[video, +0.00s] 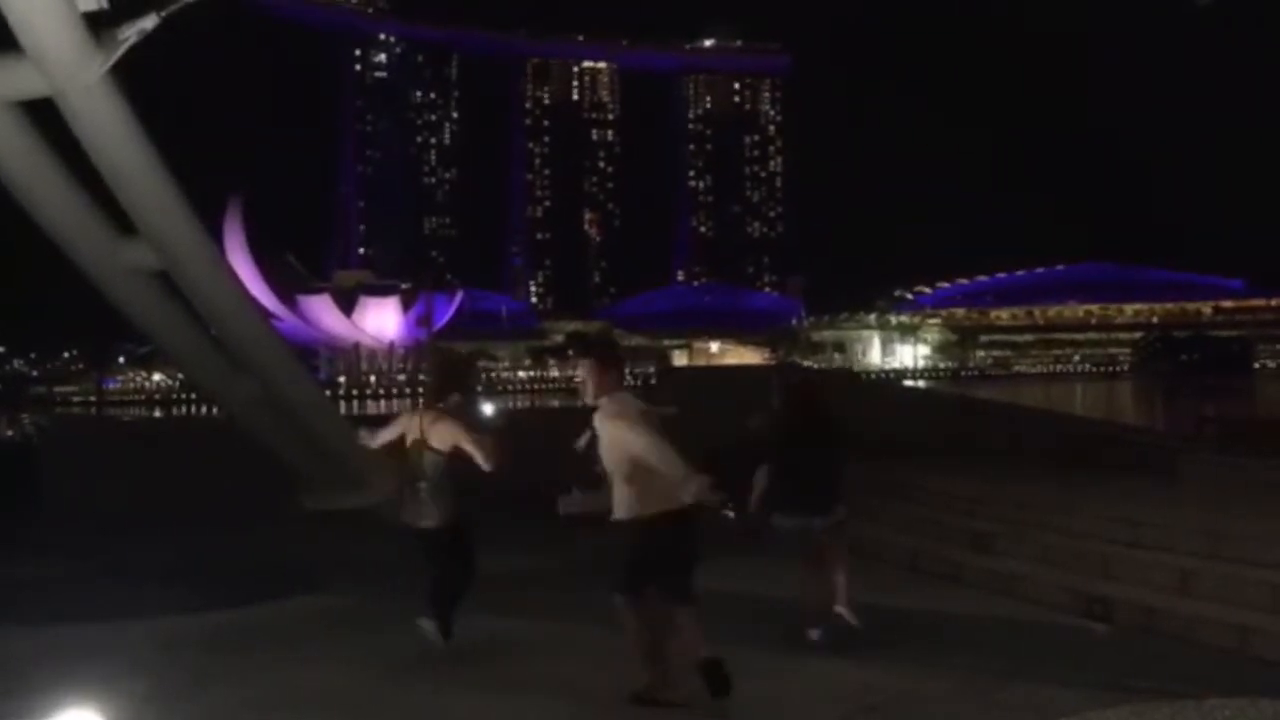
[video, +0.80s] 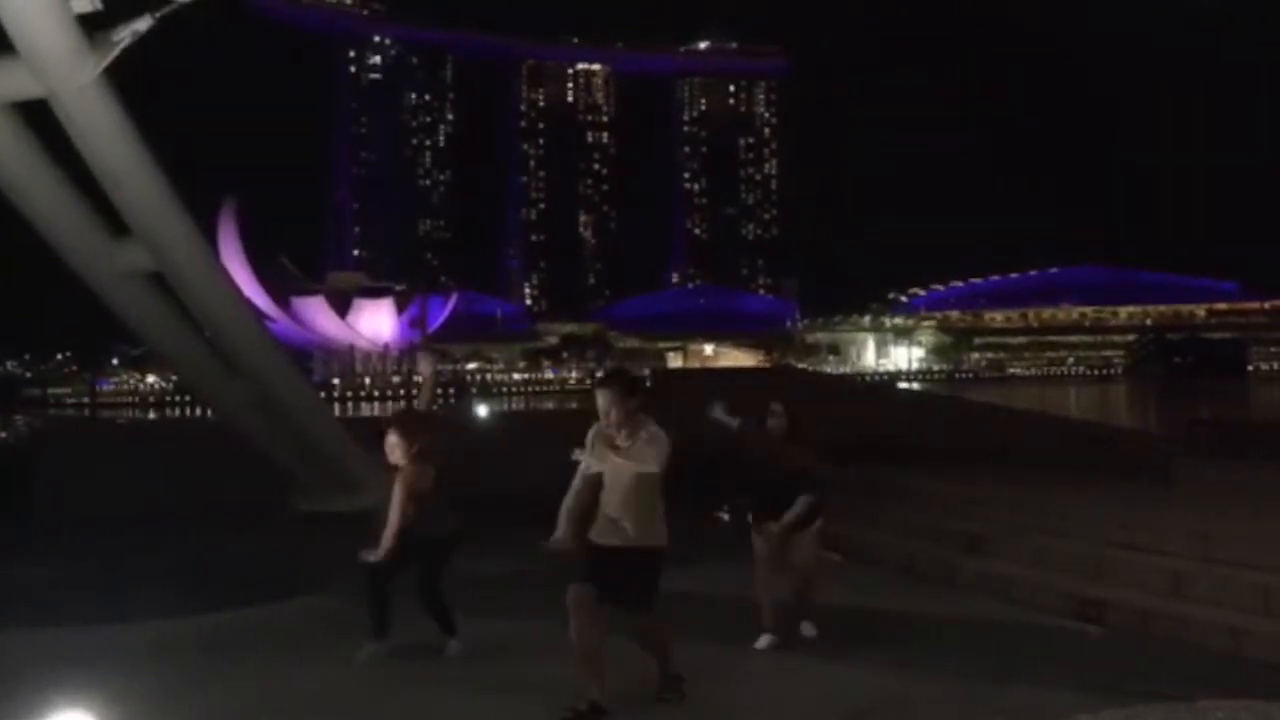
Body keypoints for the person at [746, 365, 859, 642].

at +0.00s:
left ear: (783, 401)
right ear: (818, 400)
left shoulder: (779, 427)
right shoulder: (829, 428)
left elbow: (765, 470)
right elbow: (840, 470)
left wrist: (753, 504)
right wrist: (841, 503)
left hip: (788, 509)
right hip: (824, 508)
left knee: (806, 565)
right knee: (835, 552)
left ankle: (813, 623)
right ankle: (840, 604)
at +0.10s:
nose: (771, 396)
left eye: (776, 389)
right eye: (772, 388)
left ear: (790, 393)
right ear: (815, 394)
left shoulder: (793, 423)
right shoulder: (829, 421)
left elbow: (785, 463)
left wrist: (764, 496)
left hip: (800, 505)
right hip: (831, 503)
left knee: (807, 567)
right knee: (835, 558)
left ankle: (819, 622)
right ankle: (851, 608)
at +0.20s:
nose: (769, 393)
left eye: (775, 387)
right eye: (770, 386)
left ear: (790, 390)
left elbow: (810, 459)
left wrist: (787, 493)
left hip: (811, 503)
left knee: (811, 564)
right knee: (816, 563)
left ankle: (816, 615)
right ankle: (825, 613)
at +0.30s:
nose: (774, 401)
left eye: (780, 394)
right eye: (773, 394)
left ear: (794, 397)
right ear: (770, 395)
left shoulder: (809, 427)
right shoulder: (775, 427)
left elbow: (828, 467)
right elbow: (764, 464)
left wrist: (804, 497)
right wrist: (752, 490)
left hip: (814, 505)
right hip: (788, 502)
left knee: (811, 560)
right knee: (798, 559)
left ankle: (822, 613)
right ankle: (811, 609)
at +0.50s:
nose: (778, 414)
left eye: (784, 408)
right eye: (775, 408)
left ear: (795, 413)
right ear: (769, 412)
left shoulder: (809, 445)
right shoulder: (770, 443)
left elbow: (819, 486)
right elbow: (768, 484)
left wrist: (798, 513)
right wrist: (770, 511)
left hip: (813, 505)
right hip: (779, 501)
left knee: (812, 562)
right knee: (767, 547)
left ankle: (816, 614)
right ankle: (778, 601)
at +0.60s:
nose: (779, 420)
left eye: (784, 414)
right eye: (774, 414)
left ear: (793, 418)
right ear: (766, 419)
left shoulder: (804, 446)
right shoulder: (759, 448)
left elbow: (812, 494)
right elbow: (756, 494)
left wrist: (785, 531)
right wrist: (769, 531)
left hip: (807, 512)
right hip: (769, 512)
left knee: (814, 562)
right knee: (762, 563)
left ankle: (811, 619)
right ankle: (766, 623)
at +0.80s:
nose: (772, 422)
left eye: (777, 417)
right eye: (769, 417)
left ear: (788, 421)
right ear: (765, 420)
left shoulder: (798, 450)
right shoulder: (755, 445)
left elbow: (809, 493)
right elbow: (736, 427)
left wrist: (783, 523)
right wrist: (721, 416)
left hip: (801, 519)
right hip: (763, 516)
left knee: (804, 569)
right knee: (763, 575)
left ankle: (805, 618)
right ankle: (769, 629)